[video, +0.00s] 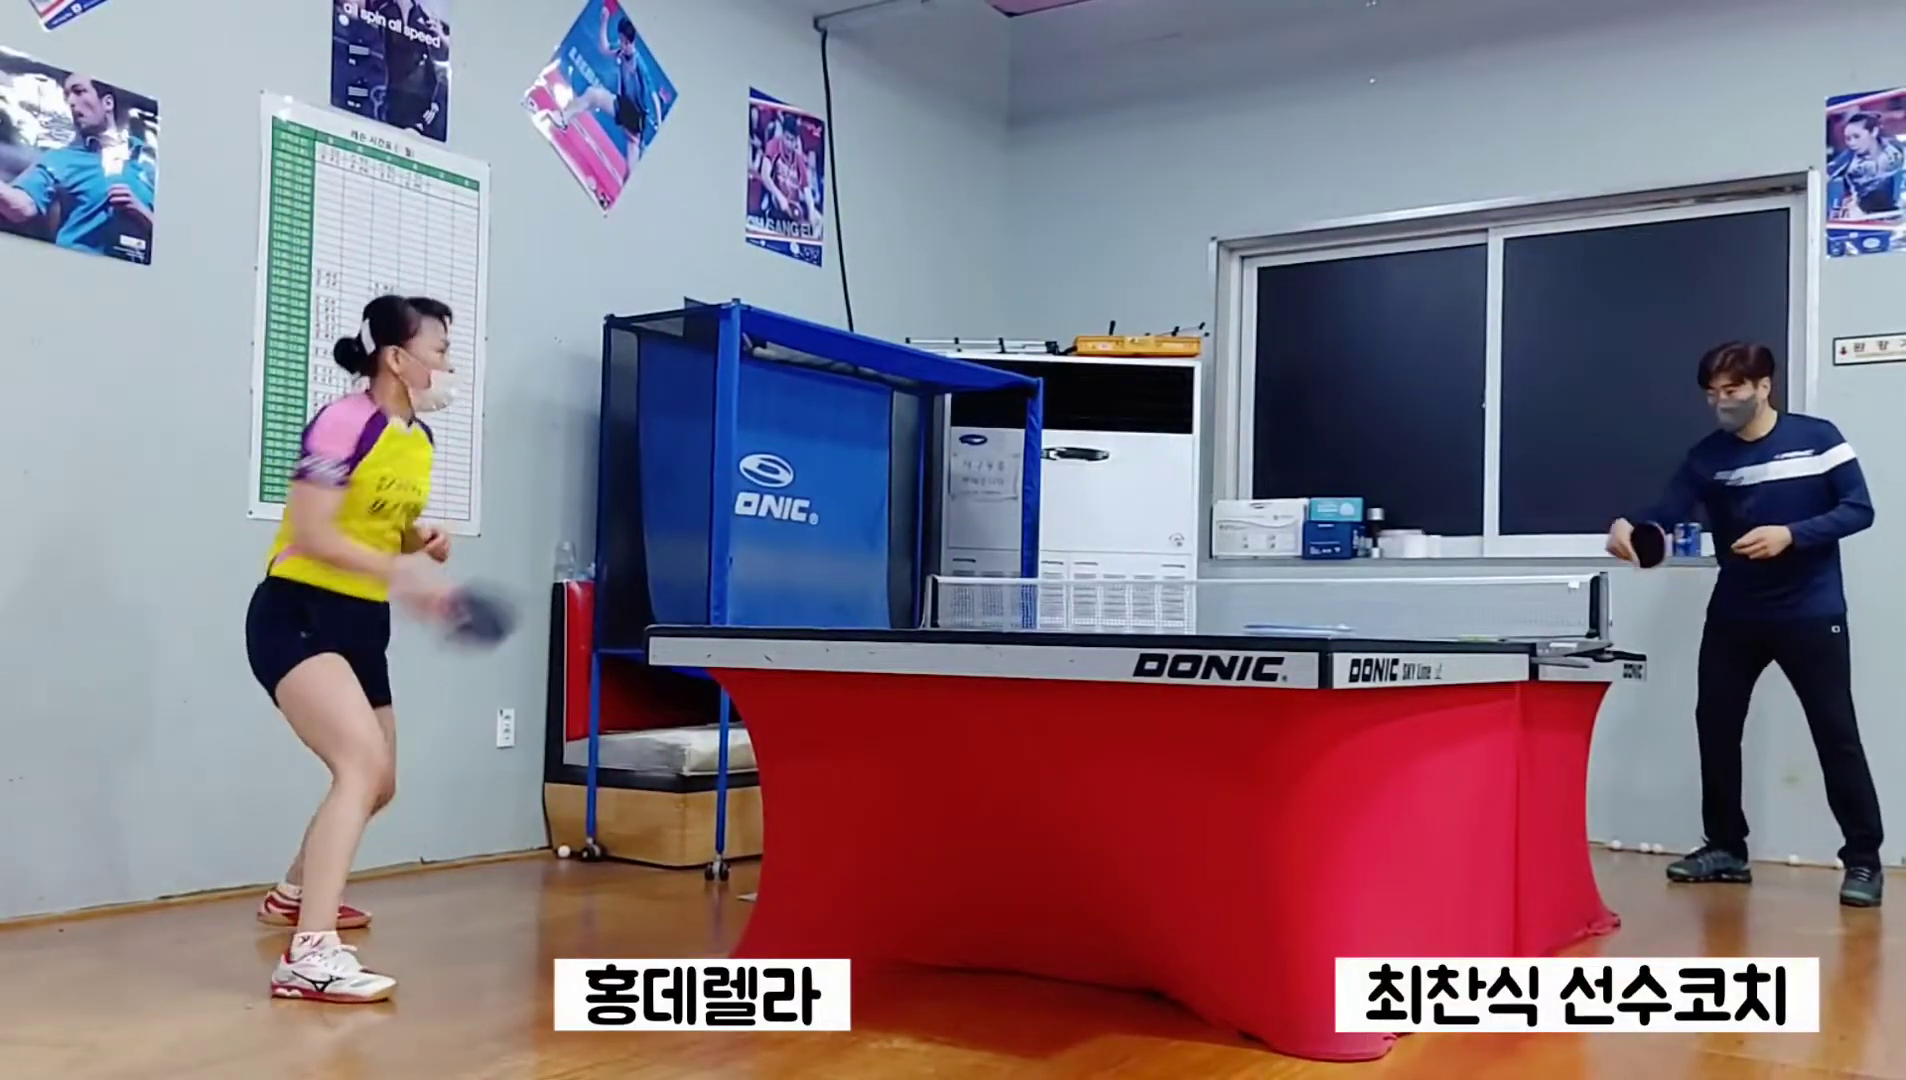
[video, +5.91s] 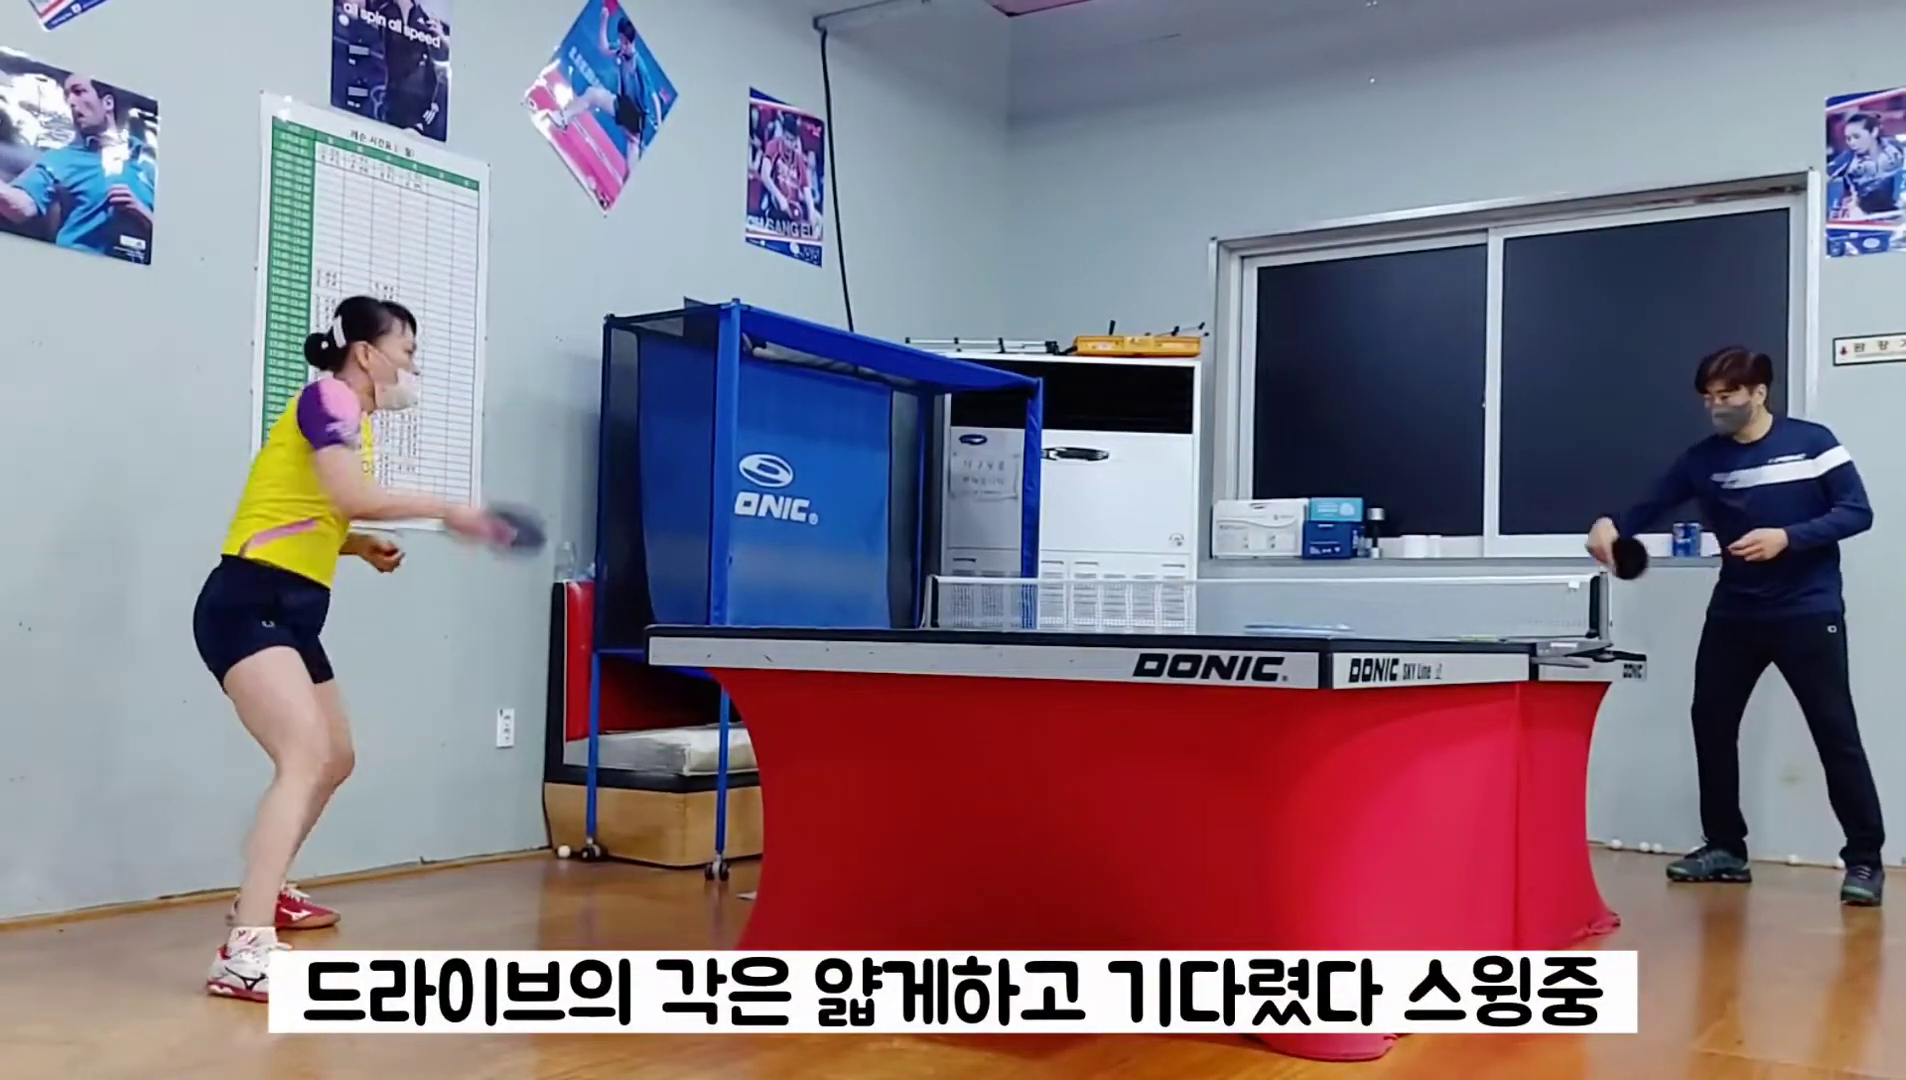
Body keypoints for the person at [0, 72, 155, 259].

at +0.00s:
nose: (70, 101)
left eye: (79, 91)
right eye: (67, 96)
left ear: (108, 103)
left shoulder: (149, 161)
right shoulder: (60, 159)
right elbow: (21, 207)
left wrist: (142, 212)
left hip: (135, 271)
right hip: (75, 263)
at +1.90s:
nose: (70, 101)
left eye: (79, 91)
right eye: (67, 96)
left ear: (108, 102)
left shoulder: (149, 159)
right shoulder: (60, 159)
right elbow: (20, 208)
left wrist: (142, 212)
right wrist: (4, 190)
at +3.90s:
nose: (70, 101)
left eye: (79, 91)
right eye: (67, 96)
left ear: (108, 103)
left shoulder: (149, 162)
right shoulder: (59, 159)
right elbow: (19, 207)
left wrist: (143, 213)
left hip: (134, 270)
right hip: (74, 261)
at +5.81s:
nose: (71, 101)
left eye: (79, 91)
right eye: (67, 96)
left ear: (108, 103)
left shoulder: (149, 165)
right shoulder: (60, 159)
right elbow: (20, 207)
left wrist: (142, 212)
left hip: (134, 270)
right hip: (74, 260)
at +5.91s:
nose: (70, 101)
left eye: (79, 91)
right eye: (67, 96)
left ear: (108, 103)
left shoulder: (149, 164)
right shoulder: (59, 159)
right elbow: (20, 207)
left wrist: (142, 212)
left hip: (134, 270)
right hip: (74, 260)